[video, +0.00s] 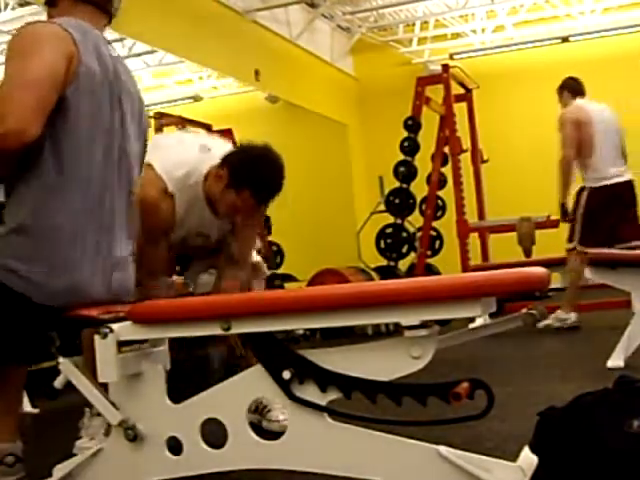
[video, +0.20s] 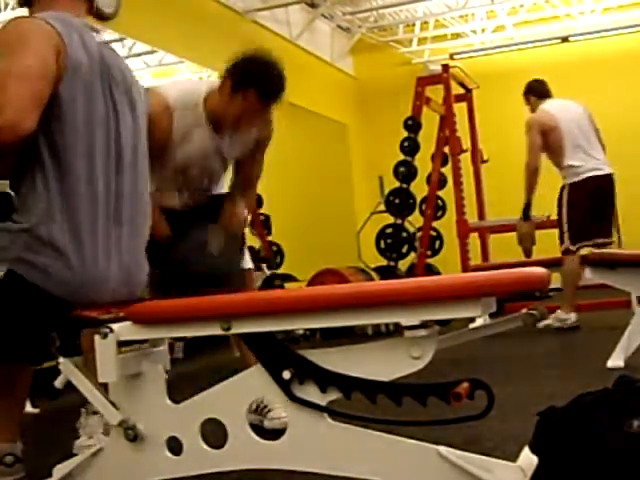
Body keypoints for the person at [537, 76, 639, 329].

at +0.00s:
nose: (560, 104)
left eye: (560, 99)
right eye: (560, 99)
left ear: (566, 95)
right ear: (582, 93)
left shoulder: (570, 114)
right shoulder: (606, 110)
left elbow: (568, 156)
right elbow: (622, 150)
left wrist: (563, 199)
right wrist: (617, 176)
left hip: (596, 191)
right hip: (624, 186)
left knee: (577, 252)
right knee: (631, 250)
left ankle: (568, 310)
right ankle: (636, 302)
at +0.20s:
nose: (527, 107)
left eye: (526, 103)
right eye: (526, 103)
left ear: (530, 99)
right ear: (549, 93)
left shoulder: (537, 118)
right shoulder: (578, 107)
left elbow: (533, 165)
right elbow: (599, 142)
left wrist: (527, 208)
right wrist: (597, 169)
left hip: (577, 183)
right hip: (604, 178)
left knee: (570, 251)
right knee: (603, 246)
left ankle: (567, 310)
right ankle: (630, 296)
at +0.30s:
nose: (517, 110)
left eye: (516, 106)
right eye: (516, 106)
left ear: (520, 101)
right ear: (537, 95)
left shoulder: (526, 122)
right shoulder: (565, 107)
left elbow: (522, 167)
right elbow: (588, 141)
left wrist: (518, 204)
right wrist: (584, 167)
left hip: (570, 182)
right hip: (595, 176)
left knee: (568, 251)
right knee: (586, 227)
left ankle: (567, 310)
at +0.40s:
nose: (511, 110)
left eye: (510, 106)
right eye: (510, 106)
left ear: (516, 101)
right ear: (530, 96)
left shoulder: (521, 122)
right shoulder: (559, 107)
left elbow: (520, 167)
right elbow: (573, 141)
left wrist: (519, 206)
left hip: (565, 182)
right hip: (589, 175)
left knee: (564, 249)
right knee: (571, 222)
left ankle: (567, 310)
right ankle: (614, 225)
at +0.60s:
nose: (498, 114)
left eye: (497, 109)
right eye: (496, 109)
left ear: (504, 103)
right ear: (515, 99)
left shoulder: (516, 122)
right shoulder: (541, 110)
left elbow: (520, 166)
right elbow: (559, 146)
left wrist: (523, 204)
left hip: (558, 181)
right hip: (573, 176)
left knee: (557, 249)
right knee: (552, 228)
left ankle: (566, 310)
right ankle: (607, 237)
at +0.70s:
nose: (492, 117)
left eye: (491, 111)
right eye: (490, 112)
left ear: (501, 103)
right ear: (505, 102)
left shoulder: (516, 121)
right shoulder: (532, 113)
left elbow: (522, 164)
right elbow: (547, 158)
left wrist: (522, 203)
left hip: (553, 183)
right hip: (562, 179)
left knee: (554, 250)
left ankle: (566, 309)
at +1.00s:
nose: (489, 126)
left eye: (488, 119)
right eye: (486, 121)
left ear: (500, 112)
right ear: (499, 114)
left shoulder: (518, 128)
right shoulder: (516, 131)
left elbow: (526, 167)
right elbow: (522, 171)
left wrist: (516, 204)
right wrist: (516, 203)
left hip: (545, 193)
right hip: (538, 194)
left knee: (529, 254)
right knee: (525, 254)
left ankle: (559, 304)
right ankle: (536, 306)